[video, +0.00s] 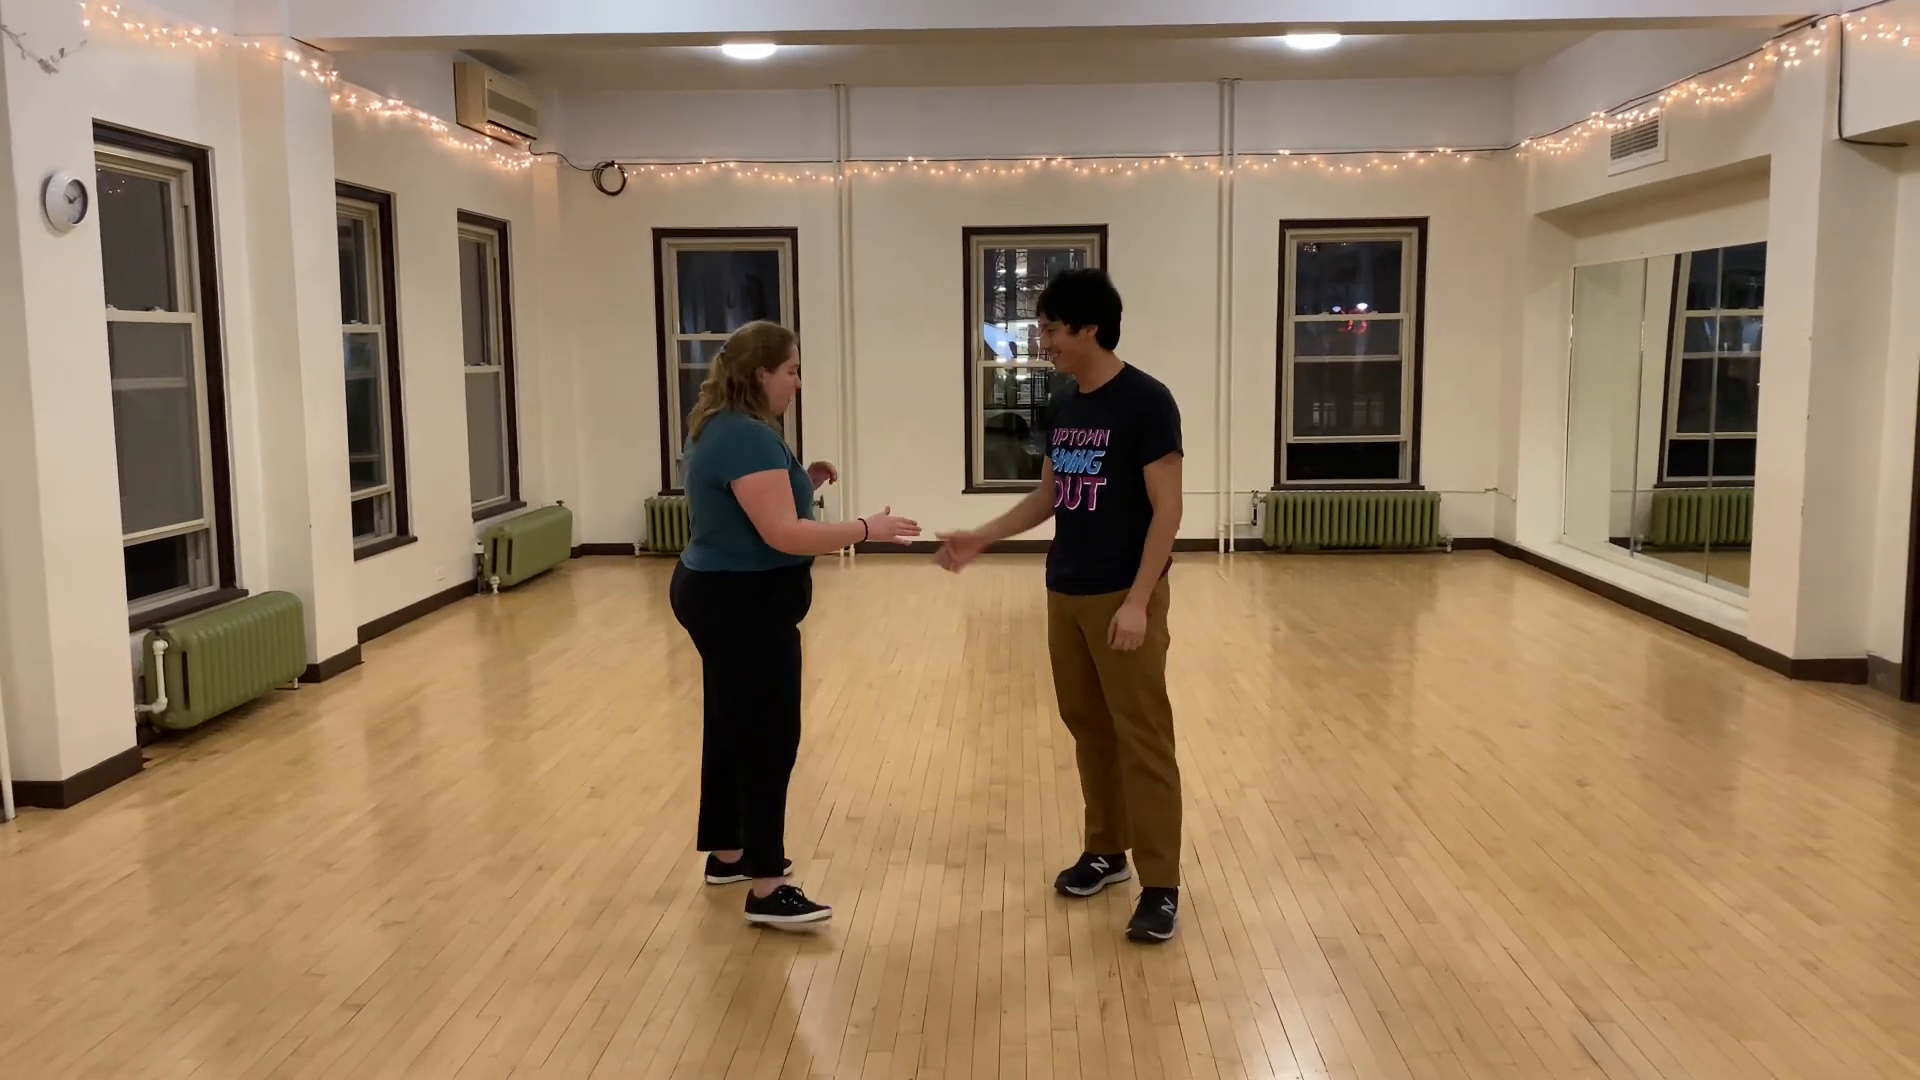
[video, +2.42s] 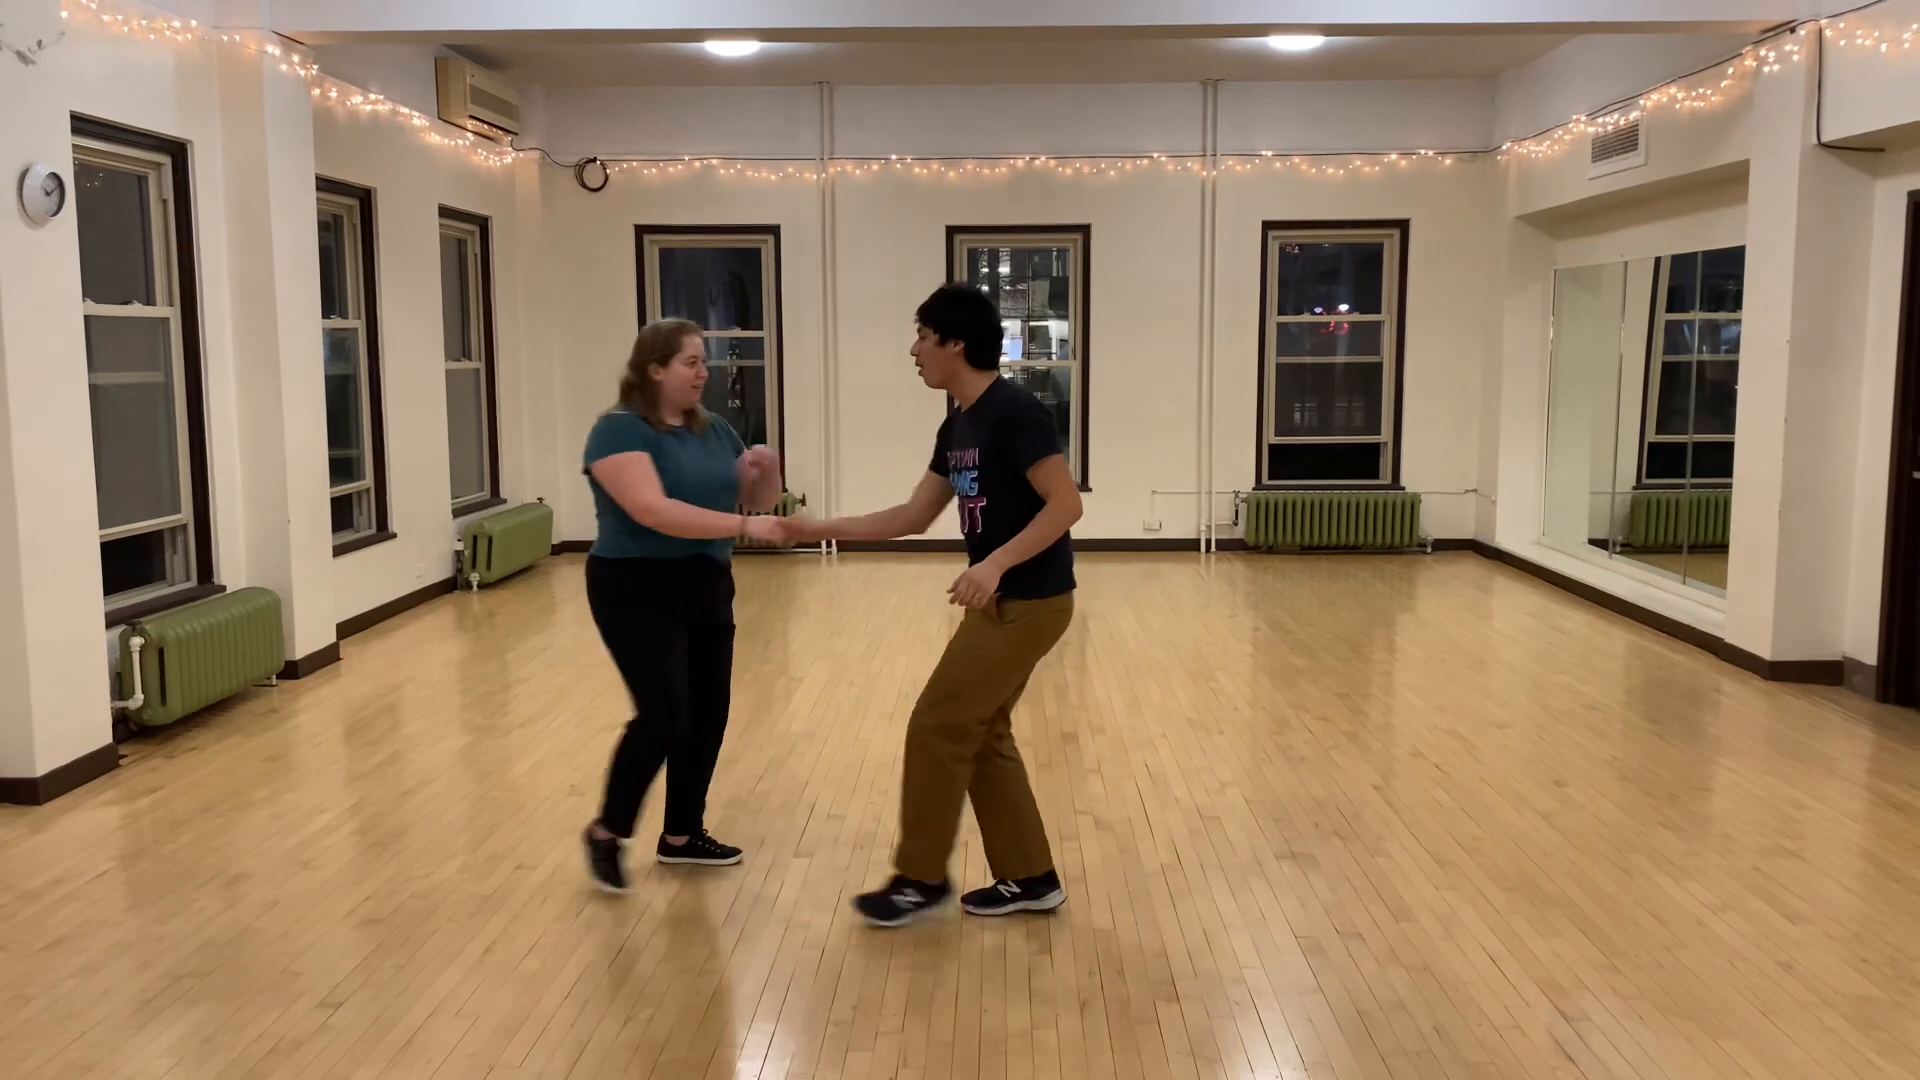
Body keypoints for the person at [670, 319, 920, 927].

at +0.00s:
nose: (797, 383)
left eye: (797, 372)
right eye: (792, 371)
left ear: (752, 374)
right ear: (759, 373)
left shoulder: (723, 429)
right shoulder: (746, 439)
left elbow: (746, 509)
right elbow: (786, 534)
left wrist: (802, 483)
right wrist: (865, 530)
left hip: (719, 592)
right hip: (747, 602)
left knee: (730, 723)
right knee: (771, 735)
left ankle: (725, 851)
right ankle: (768, 885)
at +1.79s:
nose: (790, 368)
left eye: (787, 357)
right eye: (782, 359)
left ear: (729, 368)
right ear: (752, 367)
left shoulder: (685, 427)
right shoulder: (780, 428)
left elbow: (669, 503)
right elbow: (857, 494)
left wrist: (731, 490)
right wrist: (919, 488)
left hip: (694, 587)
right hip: (769, 587)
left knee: (728, 717)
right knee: (767, 723)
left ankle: (713, 844)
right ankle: (762, 862)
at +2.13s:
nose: (756, 370)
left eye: (755, 359)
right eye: (746, 361)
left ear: (707, 373)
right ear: (712, 370)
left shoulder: (676, 423)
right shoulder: (719, 431)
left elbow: (690, 492)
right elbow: (783, 518)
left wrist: (748, 453)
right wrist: (862, 542)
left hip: (669, 584)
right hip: (715, 589)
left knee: (696, 711)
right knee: (755, 718)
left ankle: (676, 834)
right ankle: (764, 860)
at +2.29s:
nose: (727, 371)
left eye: (728, 361)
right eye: (715, 361)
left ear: (721, 369)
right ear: (679, 368)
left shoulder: (705, 427)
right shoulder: (656, 431)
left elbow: (729, 492)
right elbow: (704, 512)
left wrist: (771, 468)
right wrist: (800, 528)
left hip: (701, 585)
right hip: (657, 587)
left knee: (689, 703)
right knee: (721, 697)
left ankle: (678, 833)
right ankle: (703, 840)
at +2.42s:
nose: (702, 372)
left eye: (703, 362)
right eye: (690, 363)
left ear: (701, 370)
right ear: (654, 369)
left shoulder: (717, 431)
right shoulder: (618, 433)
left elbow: (753, 512)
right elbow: (652, 509)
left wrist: (762, 480)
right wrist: (743, 525)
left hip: (703, 585)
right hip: (631, 586)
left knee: (705, 712)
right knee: (663, 713)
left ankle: (683, 834)